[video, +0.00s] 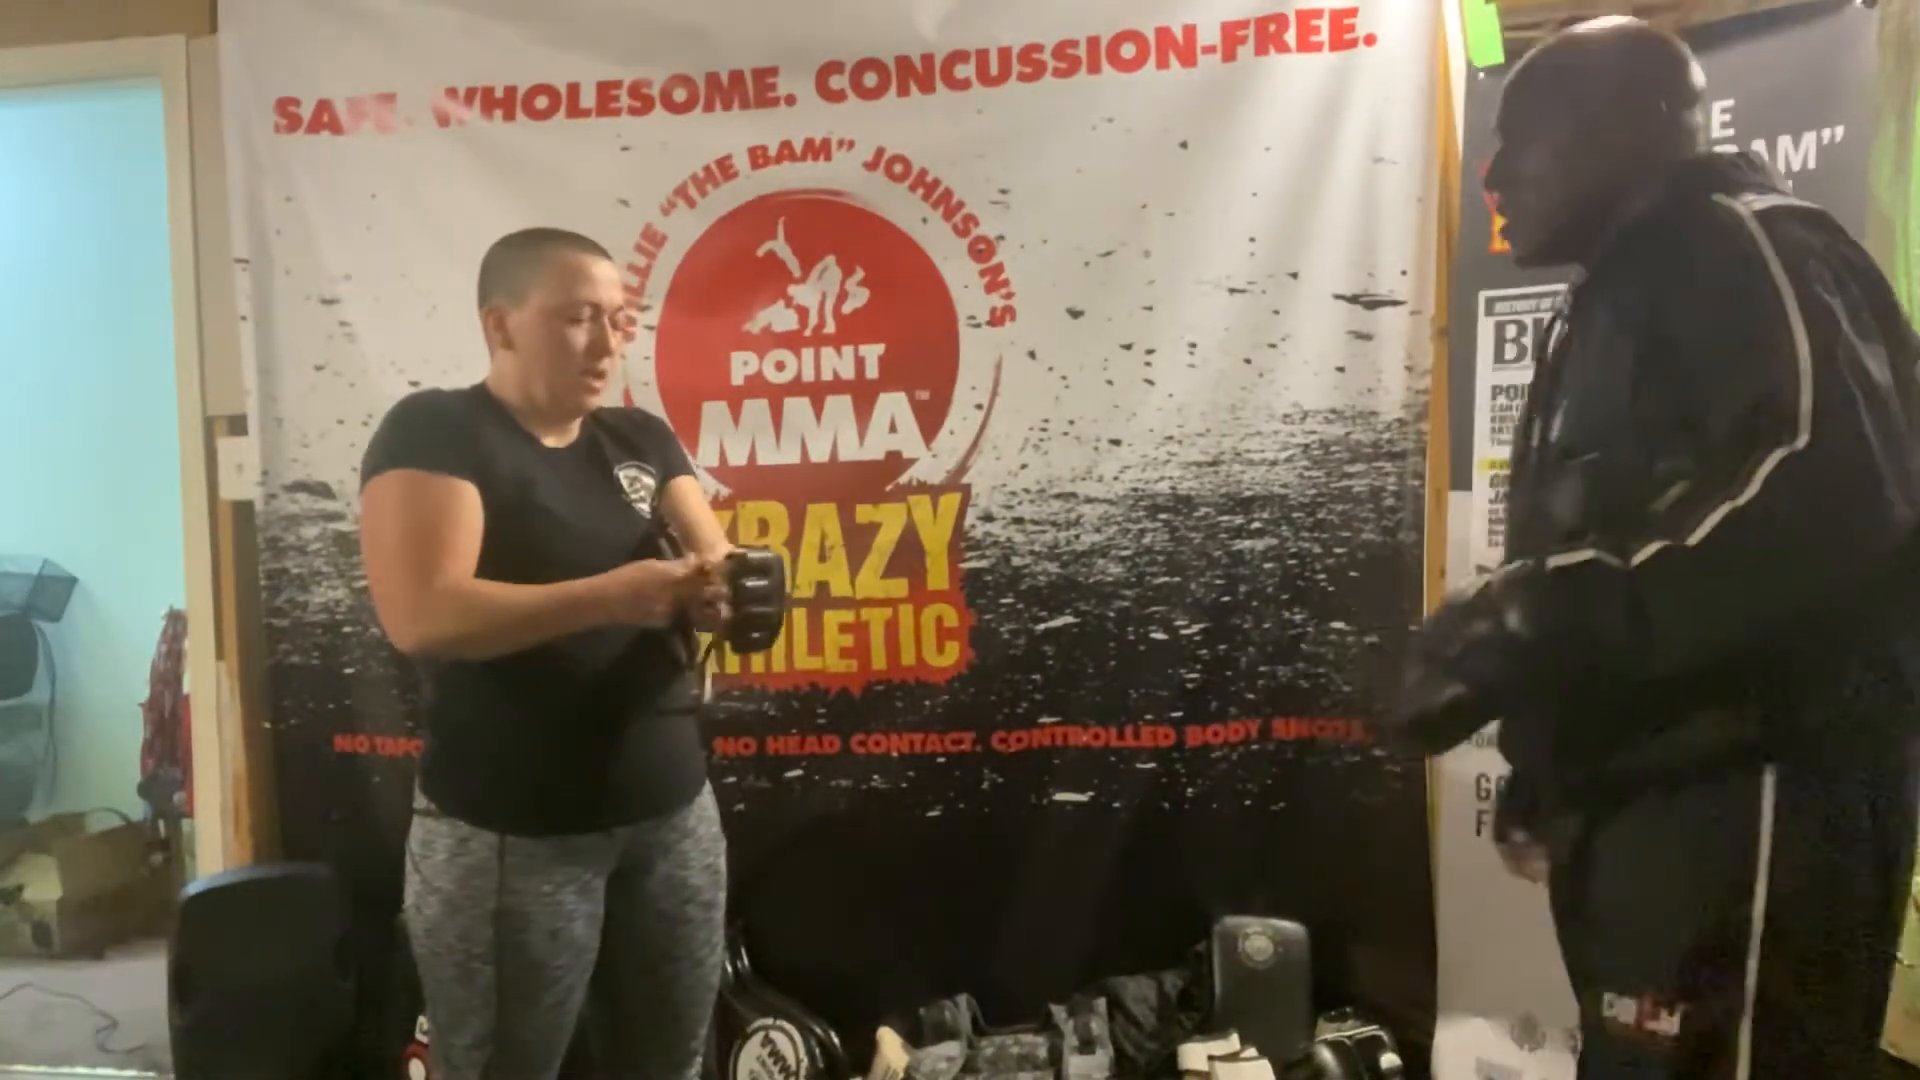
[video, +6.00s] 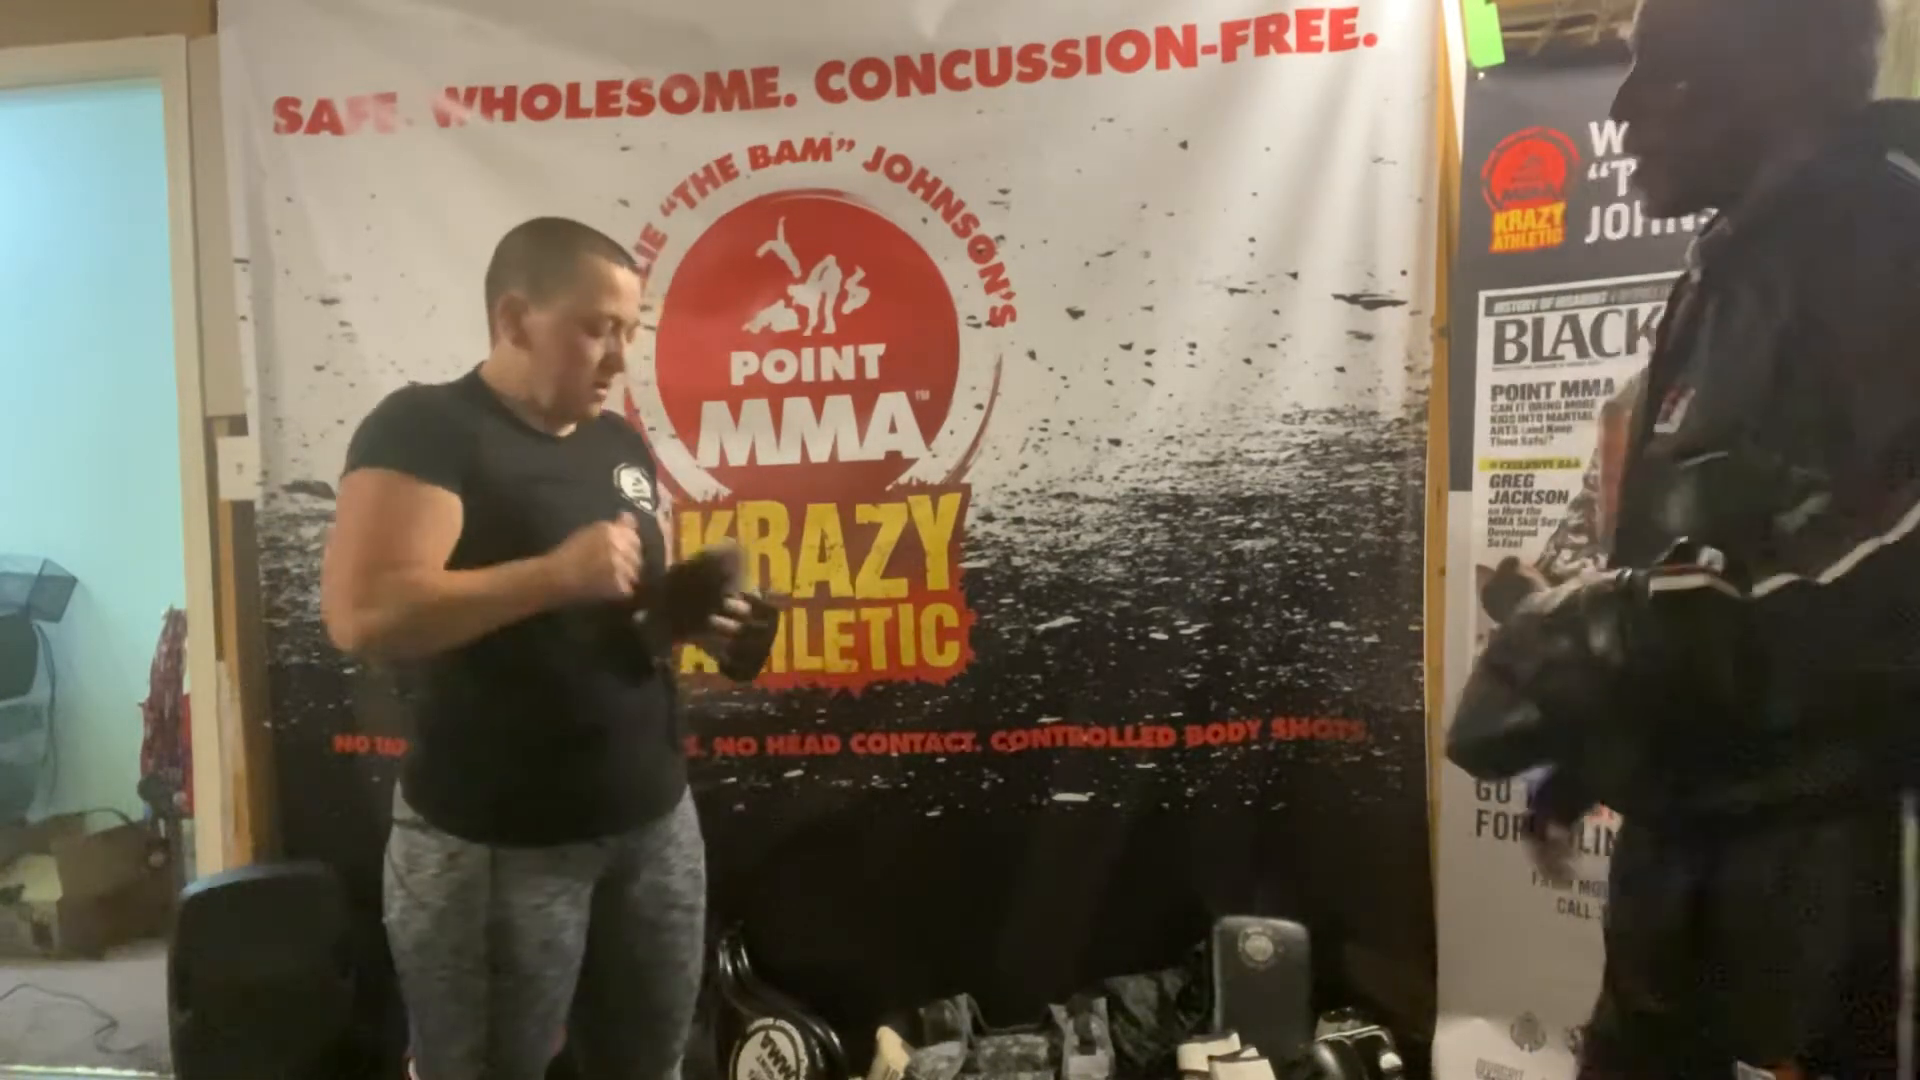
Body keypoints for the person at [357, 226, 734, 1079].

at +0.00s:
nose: (607, 341)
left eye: (616, 320)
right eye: (580, 316)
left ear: (625, 329)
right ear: (502, 324)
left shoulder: (641, 439)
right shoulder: (431, 432)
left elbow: (724, 572)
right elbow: (419, 614)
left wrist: (721, 593)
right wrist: (616, 595)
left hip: (670, 827)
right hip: (505, 844)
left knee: (662, 1065)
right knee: (497, 1068)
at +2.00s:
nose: (578, 333)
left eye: (584, 312)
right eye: (550, 308)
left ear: (591, 324)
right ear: (469, 317)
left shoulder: (609, 440)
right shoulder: (389, 437)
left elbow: (687, 583)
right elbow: (325, 617)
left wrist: (734, 557)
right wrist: (517, 598)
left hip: (641, 827)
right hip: (473, 848)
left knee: (647, 1065)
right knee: (479, 1069)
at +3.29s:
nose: (546, 351)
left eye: (557, 329)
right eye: (524, 323)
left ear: (564, 331)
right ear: (439, 314)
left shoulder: (560, 439)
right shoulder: (364, 437)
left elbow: (661, 568)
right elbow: (413, 597)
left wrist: (621, 625)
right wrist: (611, 580)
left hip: (609, 828)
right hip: (448, 852)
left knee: (635, 1065)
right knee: (467, 1067)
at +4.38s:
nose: (609, 356)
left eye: (617, 335)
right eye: (590, 329)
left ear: (621, 340)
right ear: (508, 318)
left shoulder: (625, 448)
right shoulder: (421, 433)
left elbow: (704, 587)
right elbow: (449, 610)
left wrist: (736, 656)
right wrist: (634, 589)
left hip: (653, 825)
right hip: (490, 842)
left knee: (656, 1064)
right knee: (493, 1068)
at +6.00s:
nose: (621, 356)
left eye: (629, 333)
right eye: (602, 329)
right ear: (516, 319)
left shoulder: (619, 448)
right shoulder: (420, 430)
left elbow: (638, 612)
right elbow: (363, 611)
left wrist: (701, 616)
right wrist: (553, 576)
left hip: (650, 832)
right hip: (490, 850)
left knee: (643, 1066)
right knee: (482, 1069)